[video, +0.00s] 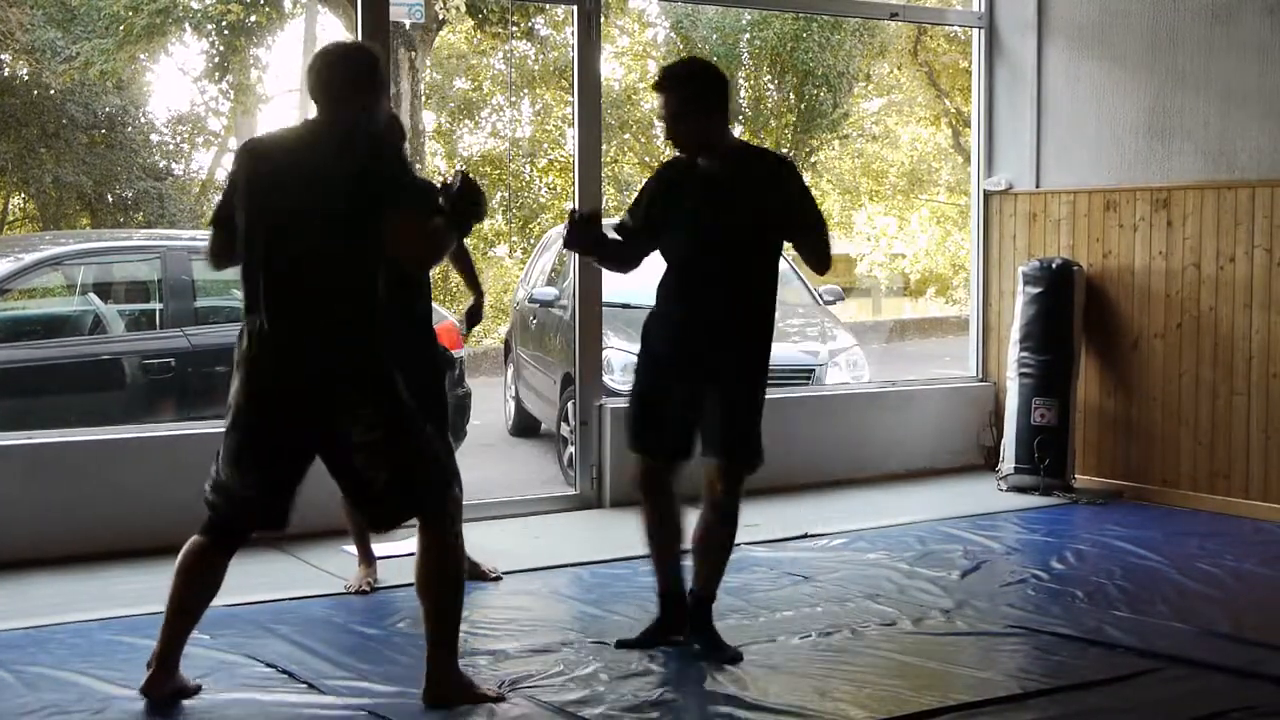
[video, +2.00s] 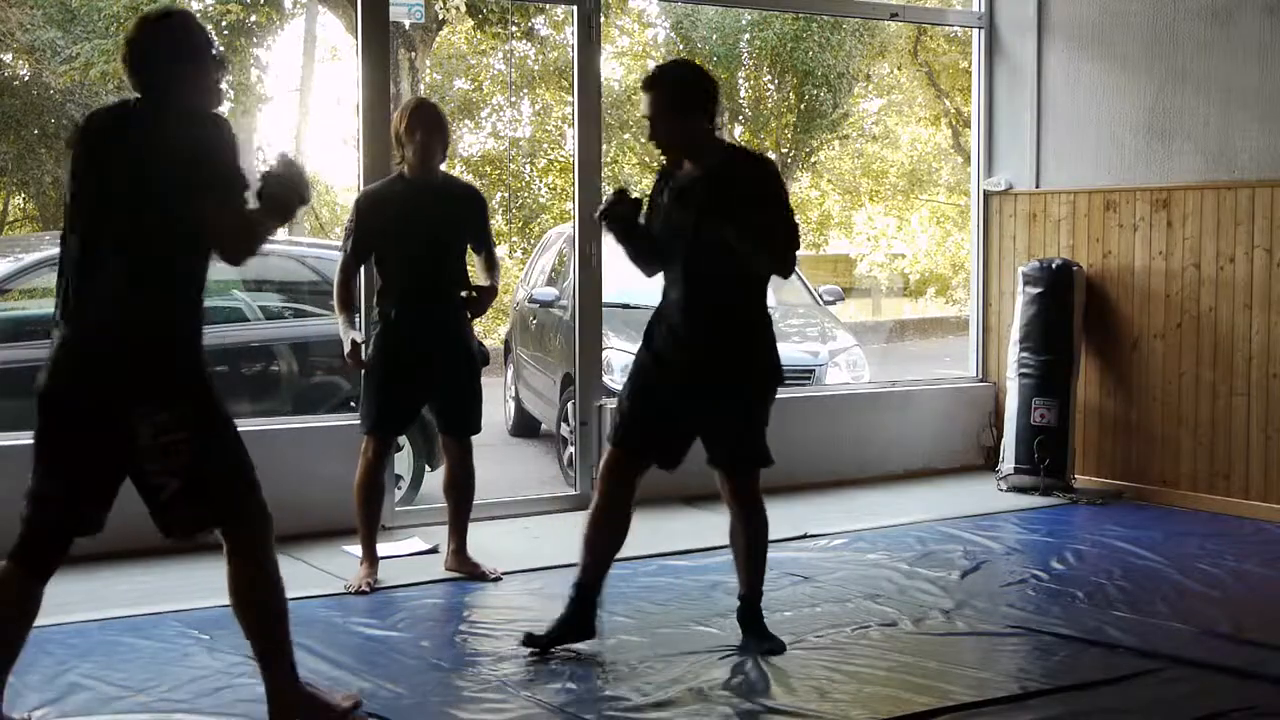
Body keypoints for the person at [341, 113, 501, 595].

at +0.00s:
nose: (396, 141)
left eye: (398, 133)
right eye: (387, 132)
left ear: (403, 142)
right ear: (366, 139)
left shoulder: (413, 193)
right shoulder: (336, 196)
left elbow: (450, 240)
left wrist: (478, 294)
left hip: (411, 337)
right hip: (348, 339)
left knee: (434, 444)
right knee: (348, 455)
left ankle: (449, 550)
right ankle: (365, 560)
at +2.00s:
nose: (433, 140)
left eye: (438, 131)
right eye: (424, 131)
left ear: (447, 137)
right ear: (403, 137)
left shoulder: (466, 198)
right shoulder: (375, 200)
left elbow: (487, 256)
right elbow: (348, 271)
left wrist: (490, 290)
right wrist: (348, 330)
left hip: (450, 334)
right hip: (393, 336)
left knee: (458, 445)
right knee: (376, 446)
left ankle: (457, 552)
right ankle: (368, 561)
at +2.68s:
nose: (428, 140)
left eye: (435, 130)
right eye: (419, 131)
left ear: (448, 137)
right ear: (404, 138)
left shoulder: (468, 198)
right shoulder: (377, 200)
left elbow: (486, 258)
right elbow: (350, 274)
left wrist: (489, 291)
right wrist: (352, 333)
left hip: (453, 336)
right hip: (394, 338)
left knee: (459, 446)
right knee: (377, 448)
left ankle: (457, 552)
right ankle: (368, 561)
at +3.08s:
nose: (430, 141)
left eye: (437, 131)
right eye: (420, 132)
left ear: (448, 137)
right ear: (404, 139)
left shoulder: (467, 198)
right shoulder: (376, 202)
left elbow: (485, 259)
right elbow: (350, 275)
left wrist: (489, 291)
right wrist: (353, 337)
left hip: (453, 337)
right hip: (394, 339)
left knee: (459, 445)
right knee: (377, 447)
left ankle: (457, 551)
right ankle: (368, 561)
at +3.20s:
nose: (430, 141)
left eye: (436, 132)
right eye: (420, 133)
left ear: (447, 138)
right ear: (402, 139)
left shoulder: (466, 198)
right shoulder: (375, 202)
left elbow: (485, 258)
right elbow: (350, 276)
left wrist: (488, 291)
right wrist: (353, 337)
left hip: (452, 337)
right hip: (394, 339)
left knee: (458, 445)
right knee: (377, 447)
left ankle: (457, 551)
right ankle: (368, 561)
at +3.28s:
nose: (430, 141)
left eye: (437, 132)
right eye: (420, 133)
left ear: (447, 137)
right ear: (403, 139)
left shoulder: (466, 198)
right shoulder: (375, 202)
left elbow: (485, 258)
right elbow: (350, 276)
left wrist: (488, 291)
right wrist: (353, 338)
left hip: (452, 337)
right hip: (394, 339)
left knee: (458, 445)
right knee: (376, 447)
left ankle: (457, 551)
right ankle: (368, 561)